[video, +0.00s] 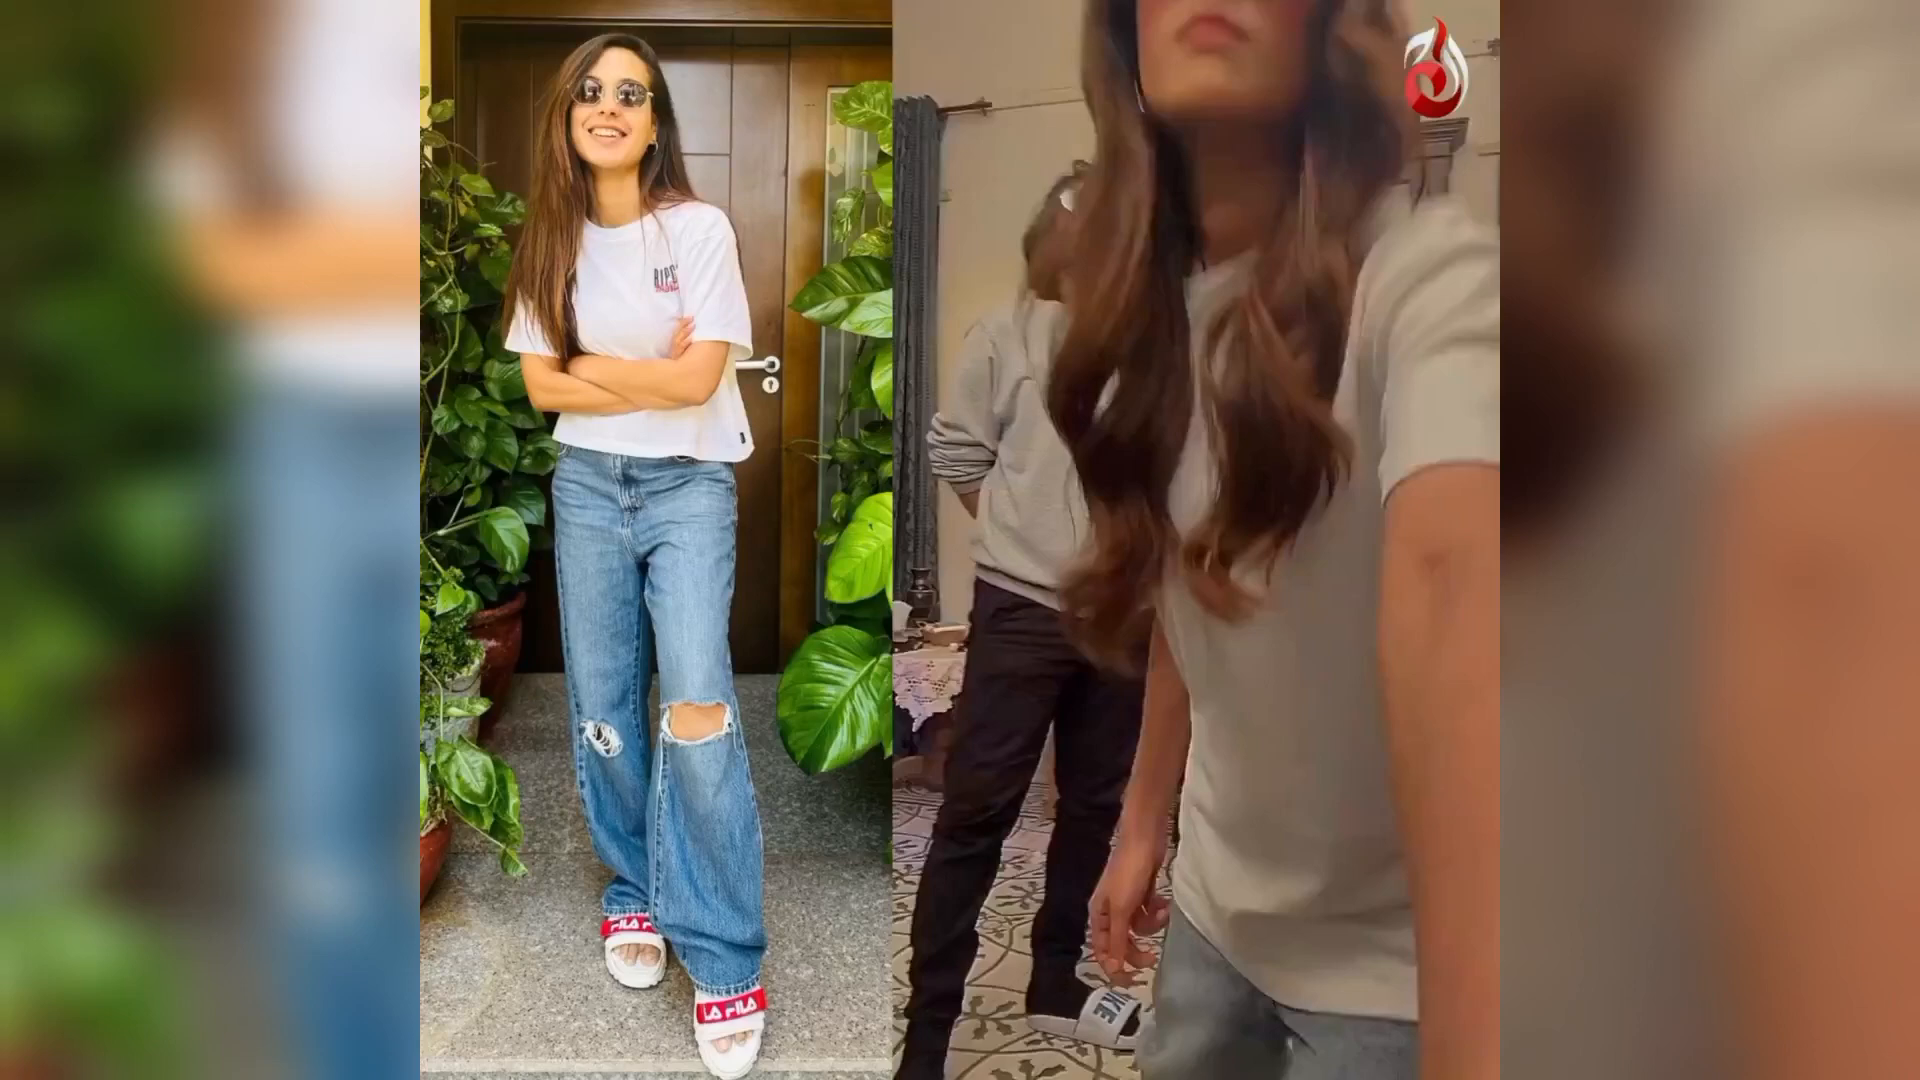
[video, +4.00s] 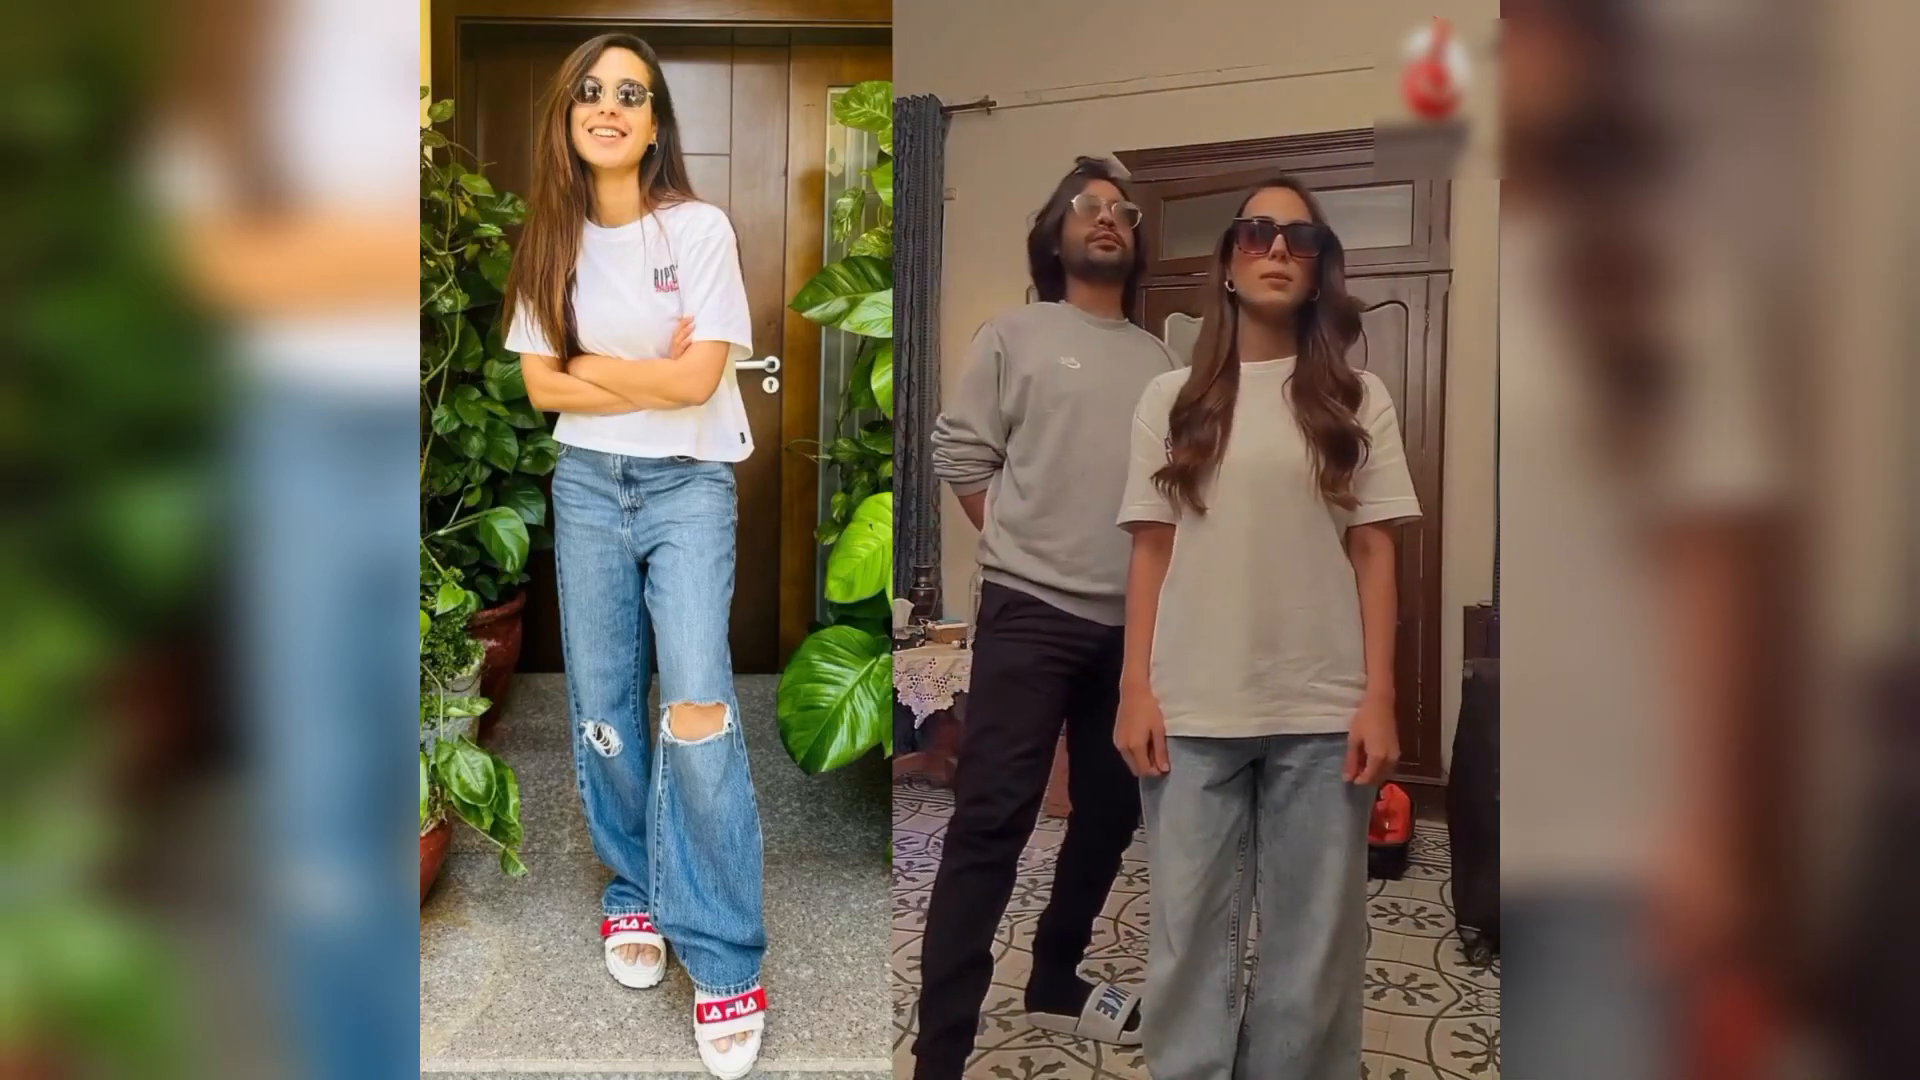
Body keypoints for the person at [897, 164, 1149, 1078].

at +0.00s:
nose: (1088, 232)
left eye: (1104, 216)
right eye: (1074, 212)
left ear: (1134, 240)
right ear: (1044, 233)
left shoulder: (1166, 344)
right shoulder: (1010, 333)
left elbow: (1186, 478)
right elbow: (957, 455)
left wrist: (1115, 534)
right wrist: (1023, 526)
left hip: (1124, 616)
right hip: (1017, 606)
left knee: (1092, 808)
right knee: (975, 812)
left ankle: (1057, 986)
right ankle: (929, 1030)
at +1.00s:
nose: (1100, 218)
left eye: (1114, 207)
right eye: (1082, 208)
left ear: (1135, 235)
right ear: (1053, 236)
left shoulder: (1160, 360)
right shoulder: (1013, 326)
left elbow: (1171, 491)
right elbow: (964, 457)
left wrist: (1126, 565)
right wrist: (1014, 552)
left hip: (1124, 610)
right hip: (1019, 601)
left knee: (1091, 807)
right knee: (974, 812)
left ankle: (1055, 985)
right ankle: (923, 1036)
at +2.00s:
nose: (1114, 218)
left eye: (1122, 207)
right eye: (1091, 206)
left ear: (1134, 239)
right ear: (1050, 233)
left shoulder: (1139, 361)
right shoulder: (1015, 326)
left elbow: (1148, 491)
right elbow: (962, 462)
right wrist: (1010, 556)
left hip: (1119, 604)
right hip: (1026, 595)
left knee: (1100, 805)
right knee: (1000, 810)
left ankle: (1054, 985)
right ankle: (925, 1030)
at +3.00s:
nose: (1077, 184)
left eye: (1074, 171)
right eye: (1048, 175)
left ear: (1078, 199)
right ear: (998, 209)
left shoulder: (1103, 329)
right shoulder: (992, 323)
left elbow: (1171, 317)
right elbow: (925, 481)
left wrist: (1236, 261)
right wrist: (954, 561)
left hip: (1112, 612)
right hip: (1024, 610)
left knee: (1099, 807)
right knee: (1006, 850)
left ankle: (1055, 987)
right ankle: (910, 1061)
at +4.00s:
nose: (1108, 221)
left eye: (1121, 213)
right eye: (1089, 210)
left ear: (1138, 242)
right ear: (1053, 237)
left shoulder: (1164, 356)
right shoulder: (1012, 336)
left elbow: (1180, 485)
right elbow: (961, 459)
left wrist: (1145, 567)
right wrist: (1020, 550)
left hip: (1132, 619)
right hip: (1027, 610)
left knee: (1107, 810)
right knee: (990, 821)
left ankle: (1056, 980)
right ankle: (940, 1054)